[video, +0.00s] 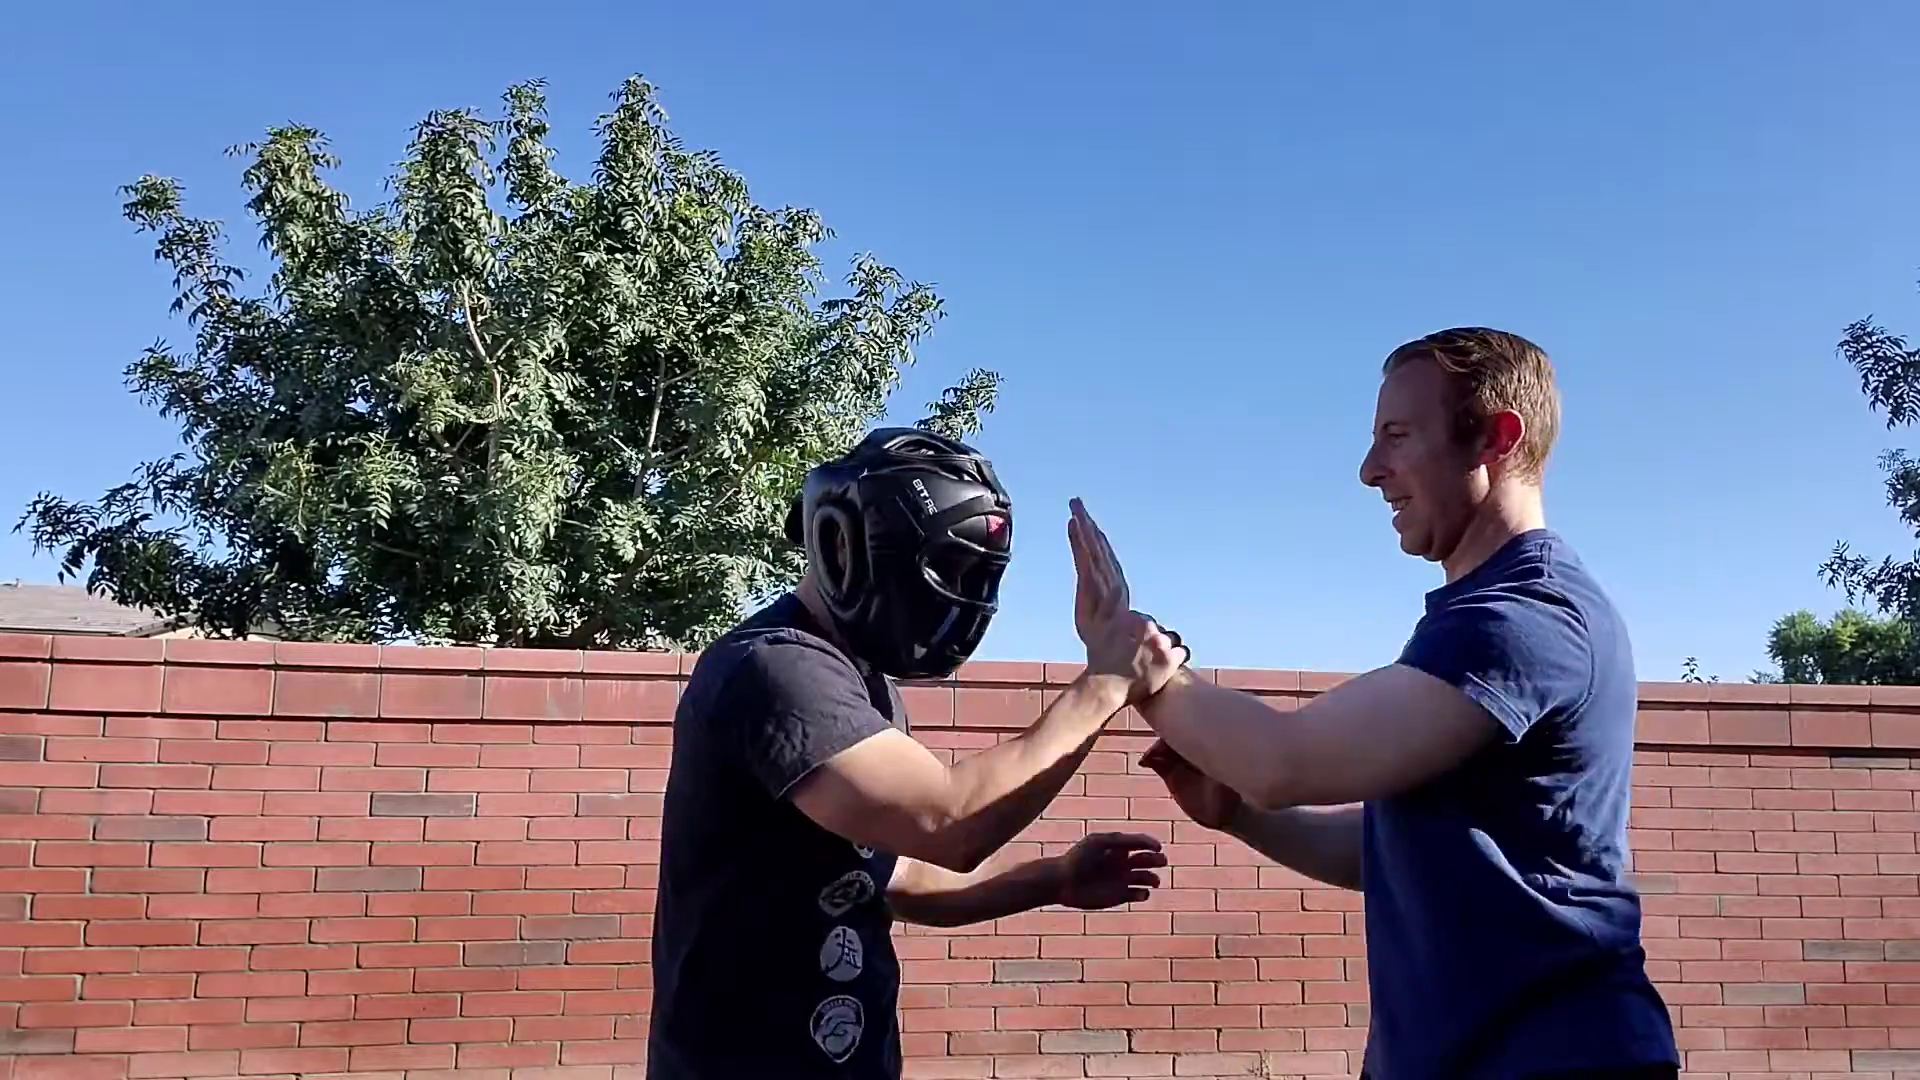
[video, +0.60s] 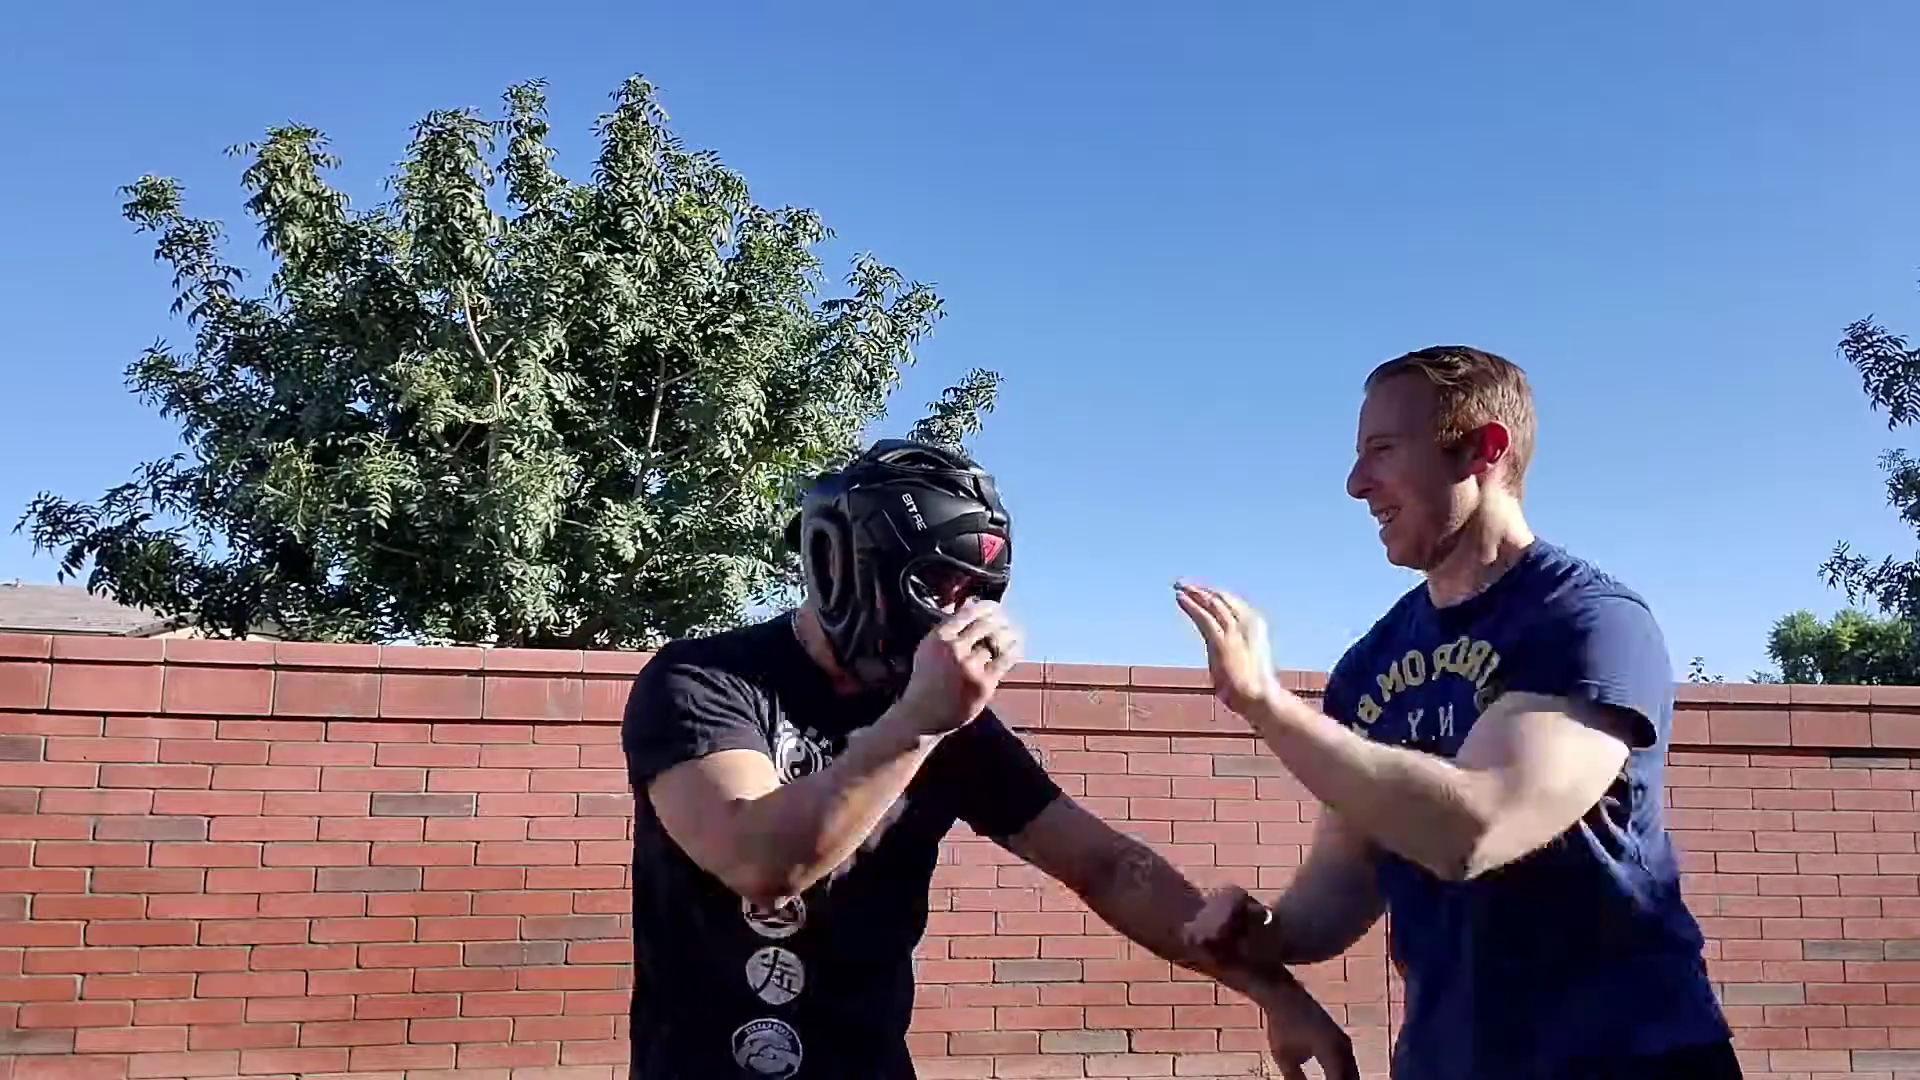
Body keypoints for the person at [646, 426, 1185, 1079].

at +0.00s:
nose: (968, 594)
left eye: (979, 571)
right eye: (948, 567)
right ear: (856, 554)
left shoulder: (860, 678)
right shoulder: (776, 671)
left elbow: (890, 884)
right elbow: (949, 823)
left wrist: (1053, 879)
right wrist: (1106, 684)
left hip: (853, 1056)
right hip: (746, 1061)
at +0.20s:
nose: (958, 619)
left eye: (971, 596)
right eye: (945, 587)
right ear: (843, 553)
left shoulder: (913, 702)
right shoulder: (697, 687)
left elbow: (1008, 862)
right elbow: (840, 850)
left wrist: (1117, 998)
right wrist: (1080, 894)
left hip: (858, 1059)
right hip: (702, 1060)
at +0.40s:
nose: (929, 617)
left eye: (949, 592)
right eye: (908, 585)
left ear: (967, 592)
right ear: (819, 563)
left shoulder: (955, 725)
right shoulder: (665, 693)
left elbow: (1131, 832)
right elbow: (705, 895)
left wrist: (1306, 946)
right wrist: (932, 852)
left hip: (865, 1073)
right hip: (687, 1071)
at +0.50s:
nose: (955, 633)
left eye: (973, 608)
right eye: (934, 598)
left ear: (987, 607)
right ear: (842, 577)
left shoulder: (952, 736)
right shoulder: (680, 696)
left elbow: (1130, 864)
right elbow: (688, 909)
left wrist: (1302, 991)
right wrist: (891, 841)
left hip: (859, 1069)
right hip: (689, 1066)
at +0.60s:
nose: (964, 622)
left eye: (978, 598)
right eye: (946, 591)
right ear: (857, 574)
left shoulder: (946, 725)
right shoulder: (693, 687)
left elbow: (1105, 866)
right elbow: (764, 862)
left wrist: (1277, 991)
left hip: (868, 1073)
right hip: (702, 1068)